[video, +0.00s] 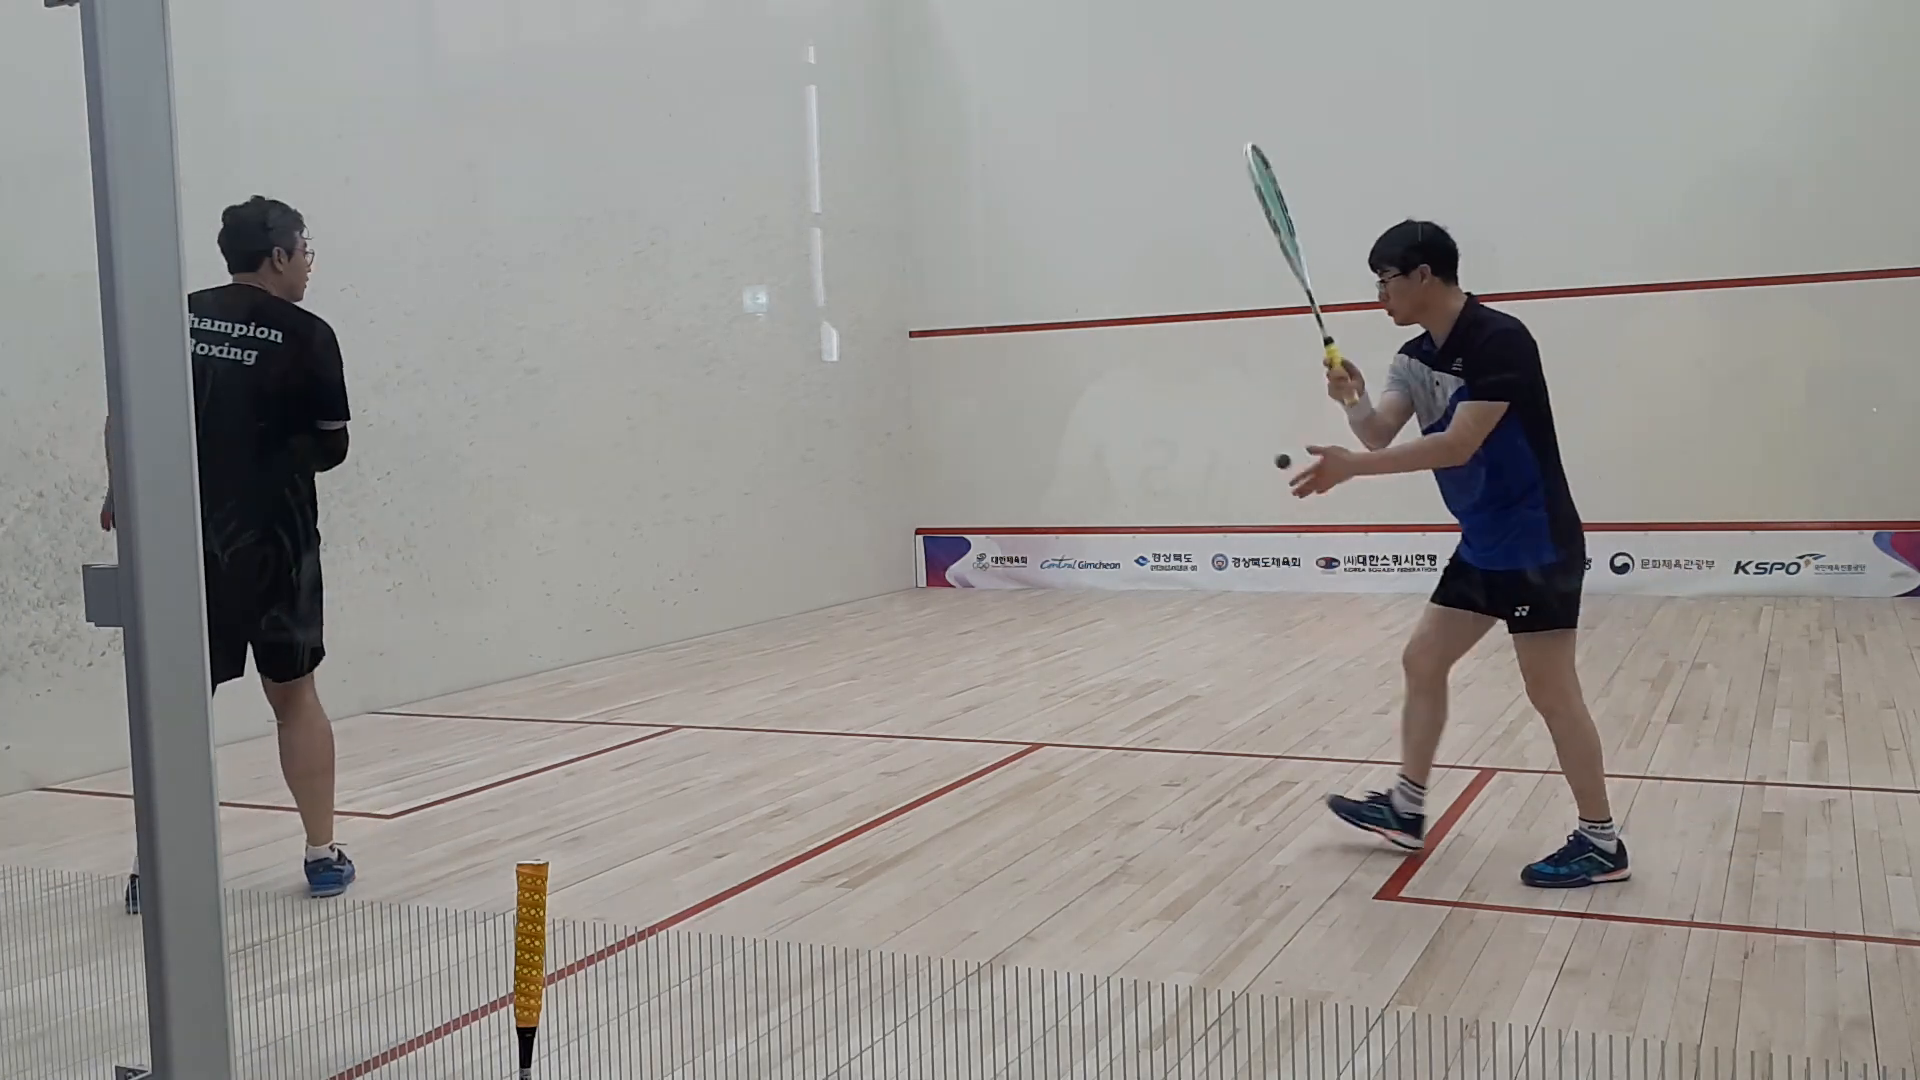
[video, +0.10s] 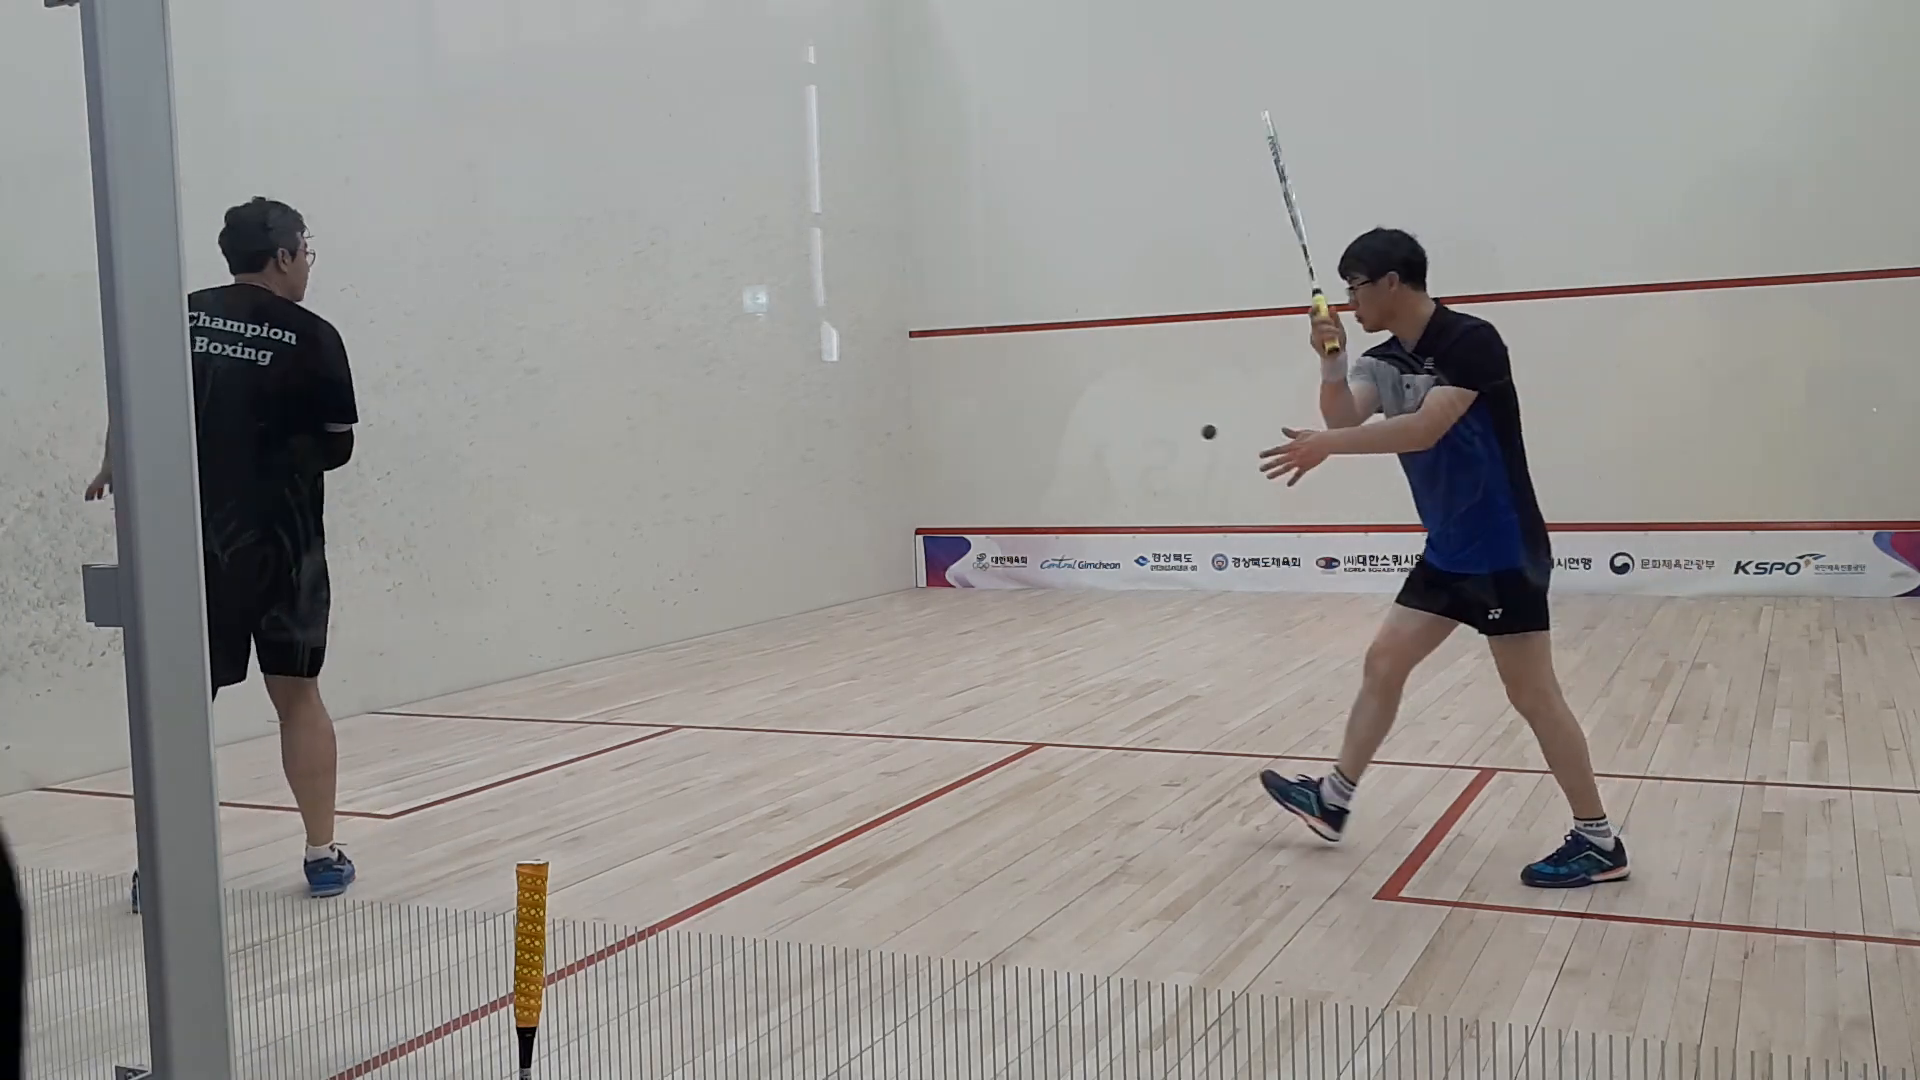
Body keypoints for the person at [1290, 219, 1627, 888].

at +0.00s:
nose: (1379, 296)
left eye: (1386, 281)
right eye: (1377, 283)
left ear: (1424, 275)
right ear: (1418, 279)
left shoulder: (1501, 341)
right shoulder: (1416, 352)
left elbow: (1458, 445)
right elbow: (1378, 437)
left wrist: (1358, 466)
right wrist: (1353, 400)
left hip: (1542, 546)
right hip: (1484, 545)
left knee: (1554, 692)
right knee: (1424, 659)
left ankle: (1601, 838)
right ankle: (1407, 805)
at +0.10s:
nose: (1349, 303)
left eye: (1355, 289)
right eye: (1347, 290)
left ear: (1393, 282)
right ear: (1389, 286)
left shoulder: (1472, 341)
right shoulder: (1385, 354)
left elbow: (1424, 429)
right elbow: (1345, 423)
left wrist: (1330, 445)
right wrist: (1331, 364)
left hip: (1508, 553)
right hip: (1447, 551)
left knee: (1535, 695)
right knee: (1384, 663)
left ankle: (1597, 835)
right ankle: (1335, 796)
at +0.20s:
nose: (1315, 314)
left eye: (1319, 303)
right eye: (1313, 304)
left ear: (1350, 295)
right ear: (1351, 297)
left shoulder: (1433, 350)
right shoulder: (1348, 364)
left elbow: (1394, 431)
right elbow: (1301, 410)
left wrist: (1302, 446)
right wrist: (1311, 338)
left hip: (1468, 560)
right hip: (1409, 561)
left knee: (1509, 697)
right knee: (1343, 674)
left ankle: (1595, 833)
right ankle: (1301, 806)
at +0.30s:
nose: (1268, 335)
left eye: (1272, 322)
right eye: (1265, 325)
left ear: (1308, 314)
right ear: (1296, 318)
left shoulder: (1391, 367)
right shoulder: (1301, 378)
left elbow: (1360, 451)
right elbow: (1239, 440)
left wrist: (1267, 482)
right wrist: (1280, 386)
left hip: (1428, 571)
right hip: (1370, 571)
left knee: (1470, 706)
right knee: (1295, 667)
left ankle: (1582, 823)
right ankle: (1284, 809)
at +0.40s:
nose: (1223, 345)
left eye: (1225, 332)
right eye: (1220, 334)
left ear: (1255, 325)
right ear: (1258, 328)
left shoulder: (1337, 382)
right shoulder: (1257, 402)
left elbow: (1319, 480)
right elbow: (1214, 469)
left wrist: (1238, 530)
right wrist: (1178, 510)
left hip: (1388, 570)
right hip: (1342, 573)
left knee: (1419, 708)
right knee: (1271, 669)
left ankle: (1551, 805)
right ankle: (1282, 809)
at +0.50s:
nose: (1186, 344)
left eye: (1187, 332)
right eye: (1185, 333)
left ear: (1209, 331)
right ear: (1234, 326)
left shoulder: (1273, 383)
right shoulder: (1242, 395)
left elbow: (1274, 487)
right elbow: (1214, 486)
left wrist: (1221, 557)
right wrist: (1176, 549)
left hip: (1357, 564)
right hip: (1322, 568)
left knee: (1394, 702)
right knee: (1261, 669)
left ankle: (1528, 796)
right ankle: (1281, 810)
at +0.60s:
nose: (1160, 340)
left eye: (1160, 330)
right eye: (1158, 330)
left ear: (1175, 331)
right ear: (1214, 322)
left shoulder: (1227, 384)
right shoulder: (1239, 372)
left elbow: (1231, 480)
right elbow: (1289, 466)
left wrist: (1193, 566)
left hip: (1320, 556)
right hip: (1301, 558)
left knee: (1370, 690)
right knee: (1254, 670)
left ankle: (1500, 787)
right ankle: (1281, 808)